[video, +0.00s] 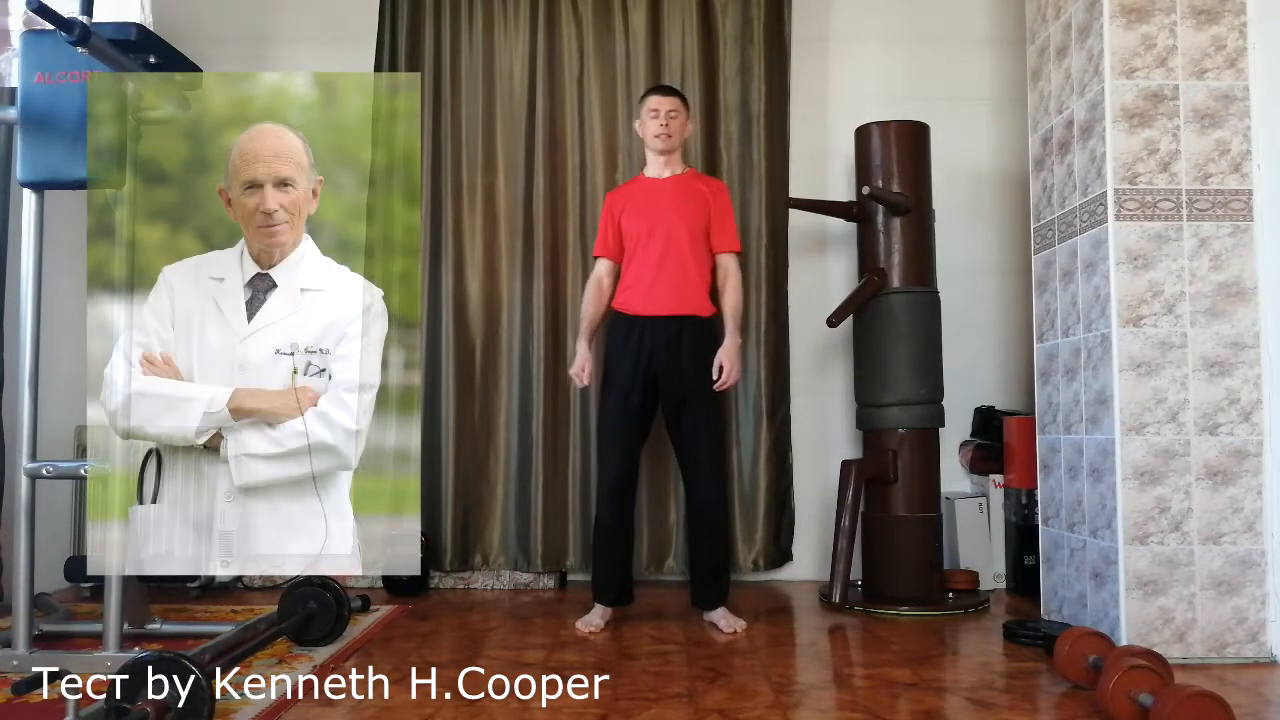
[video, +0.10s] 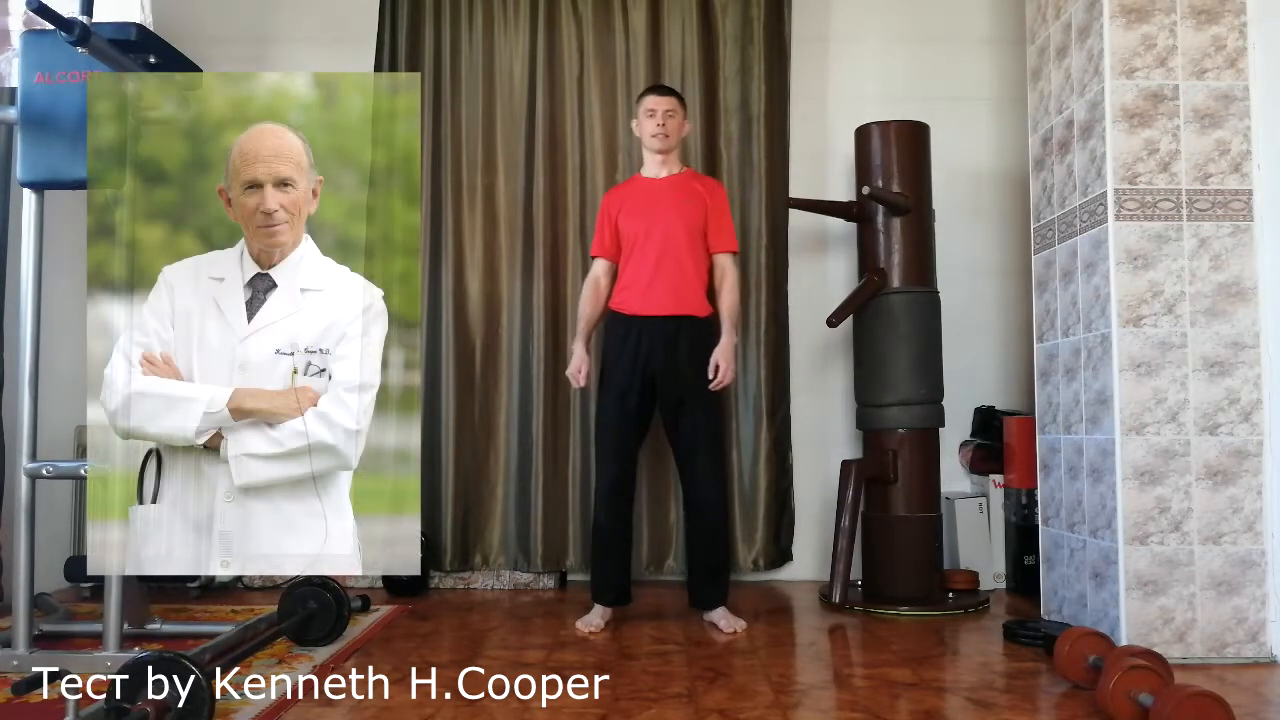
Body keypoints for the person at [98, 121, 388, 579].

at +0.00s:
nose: (269, 204)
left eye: (284, 185)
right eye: (252, 188)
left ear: (313, 194)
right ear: (229, 202)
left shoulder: (354, 300)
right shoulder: (178, 284)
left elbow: (338, 437)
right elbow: (124, 402)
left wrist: (200, 420)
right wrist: (252, 401)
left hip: (298, 556)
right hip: (177, 554)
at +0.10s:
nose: (269, 204)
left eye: (284, 185)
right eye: (252, 188)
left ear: (313, 194)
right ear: (228, 202)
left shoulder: (354, 300)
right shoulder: (178, 284)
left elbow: (339, 436)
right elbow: (124, 401)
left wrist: (200, 422)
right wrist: (254, 401)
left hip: (298, 555)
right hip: (176, 554)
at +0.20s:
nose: (269, 204)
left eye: (284, 185)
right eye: (252, 188)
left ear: (313, 194)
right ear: (228, 202)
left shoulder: (355, 300)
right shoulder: (179, 284)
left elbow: (338, 436)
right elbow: (123, 401)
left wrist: (200, 422)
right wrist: (250, 400)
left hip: (297, 557)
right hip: (177, 555)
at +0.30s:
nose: (269, 204)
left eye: (284, 185)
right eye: (252, 188)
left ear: (313, 194)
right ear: (228, 201)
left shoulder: (355, 300)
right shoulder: (179, 284)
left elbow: (338, 437)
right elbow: (123, 400)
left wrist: (199, 421)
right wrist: (250, 400)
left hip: (299, 558)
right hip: (177, 557)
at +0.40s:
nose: (269, 204)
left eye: (284, 185)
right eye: (252, 188)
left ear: (313, 194)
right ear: (228, 202)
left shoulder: (354, 300)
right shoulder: (179, 284)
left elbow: (338, 437)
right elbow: (123, 401)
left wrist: (199, 421)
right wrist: (249, 400)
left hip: (299, 557)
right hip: (178, 556)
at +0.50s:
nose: (269, 204)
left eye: (284, 185)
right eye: (252, 188)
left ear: (313, 194)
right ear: (228, 202)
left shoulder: (355, 300)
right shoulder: (179, 284)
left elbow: (338, 437)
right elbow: (123, 400)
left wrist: (199, 420)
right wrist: (249, 400)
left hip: (299, 556)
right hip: (178, 556)